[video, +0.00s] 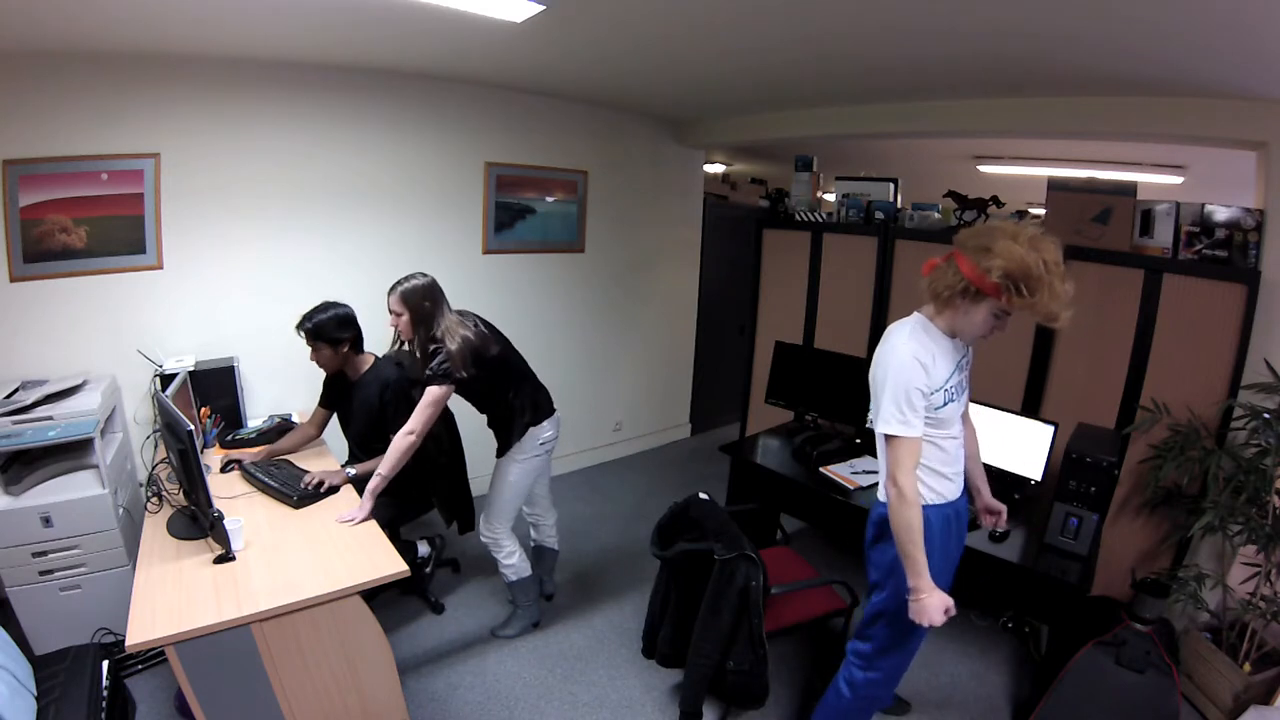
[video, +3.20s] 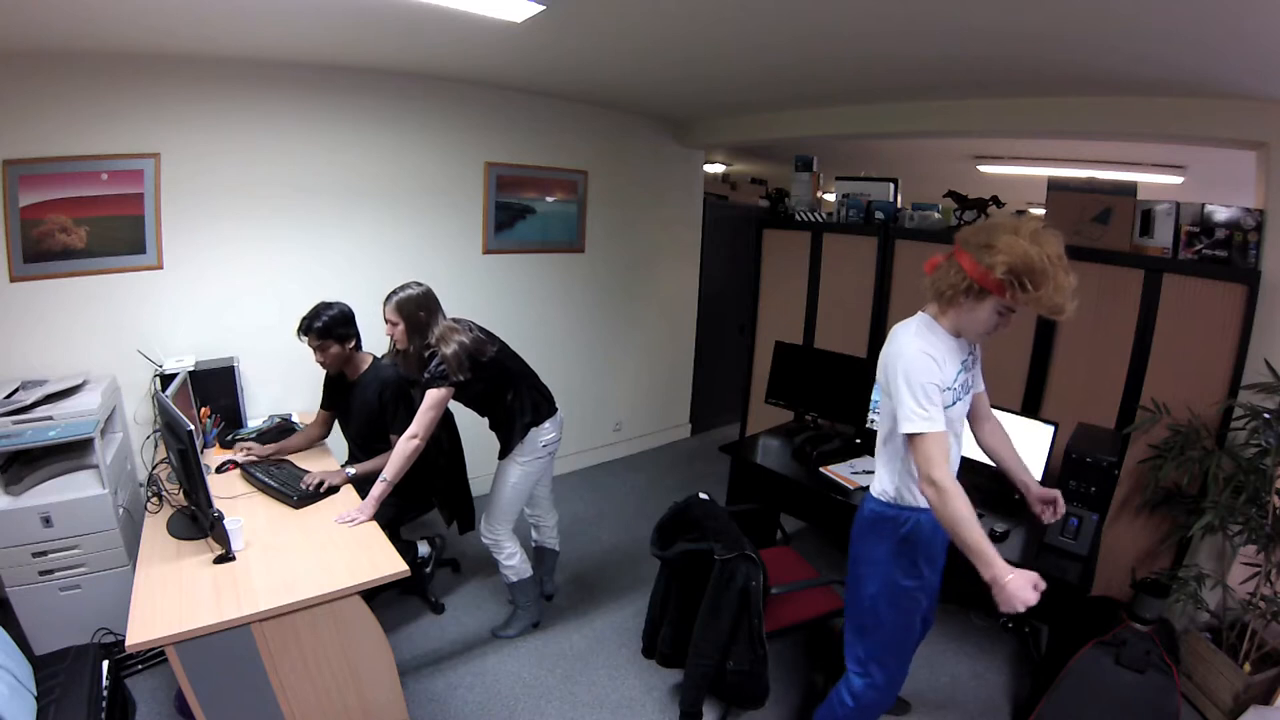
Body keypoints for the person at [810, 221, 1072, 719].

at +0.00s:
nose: (999, 330)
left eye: (1006, 319)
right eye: (998, 316)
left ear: (974, 298)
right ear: (969, 293)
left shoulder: (954, 340)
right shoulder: (905, 356)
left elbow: (960, 419)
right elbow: (900, 484)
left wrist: (980, 491)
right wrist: (920, 586)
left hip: (945, 512)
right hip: (911, 521)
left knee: (908, 616)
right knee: (879, 647)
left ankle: (877, 688)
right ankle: (840, 712)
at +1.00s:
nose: (1006, 324)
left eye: (1013, 313)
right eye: (1005, 310)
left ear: (984, 296)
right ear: (977, 289)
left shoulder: (963, 339)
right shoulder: (914, 352)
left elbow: (977, 417)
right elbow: (925, 481)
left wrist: (1016, 490)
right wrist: (979, 578)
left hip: (935, 512)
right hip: (900, 521)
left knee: (910, 616)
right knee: (873, 658)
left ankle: (875, 689)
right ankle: (835, 714)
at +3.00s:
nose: (1001, 326)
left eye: (1007, 315)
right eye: (1000, 312)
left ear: (976, 294)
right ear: (971, 289)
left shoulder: (956, 339)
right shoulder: (911, 354)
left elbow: (964, 417)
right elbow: (910, 485)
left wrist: (986, 491)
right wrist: (937, 583)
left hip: (946, 512)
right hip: (910, 522)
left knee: (904, 618)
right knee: (879, 645)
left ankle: (876, 689)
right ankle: (839, 712)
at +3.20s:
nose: (1004, 327)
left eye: (1011, 315)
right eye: (1003, 313)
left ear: (982, 295)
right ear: (975, 291)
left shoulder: (960, 342)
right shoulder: (914, 352)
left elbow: (981, 419)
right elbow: (935, 480)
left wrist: (1029, 486)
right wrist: (999, 573)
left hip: (930, 521)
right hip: (894, 528)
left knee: (912, 624)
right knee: (873, 679)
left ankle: (879, 692)